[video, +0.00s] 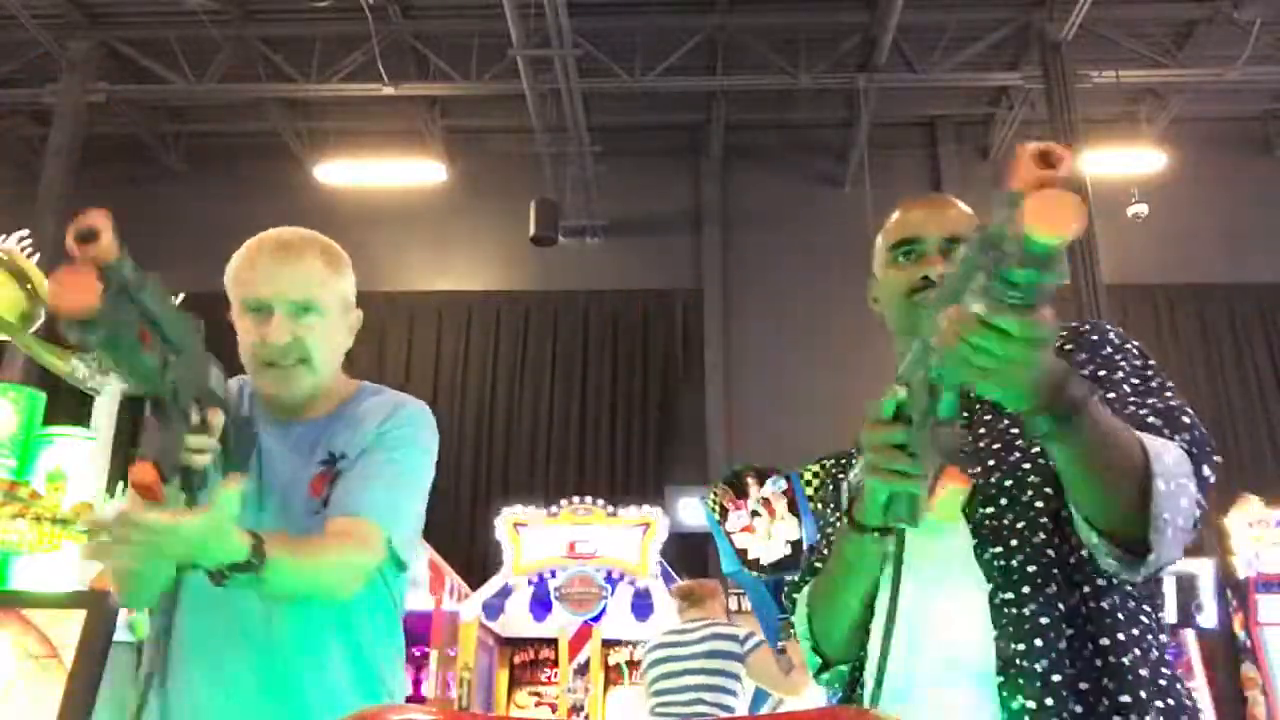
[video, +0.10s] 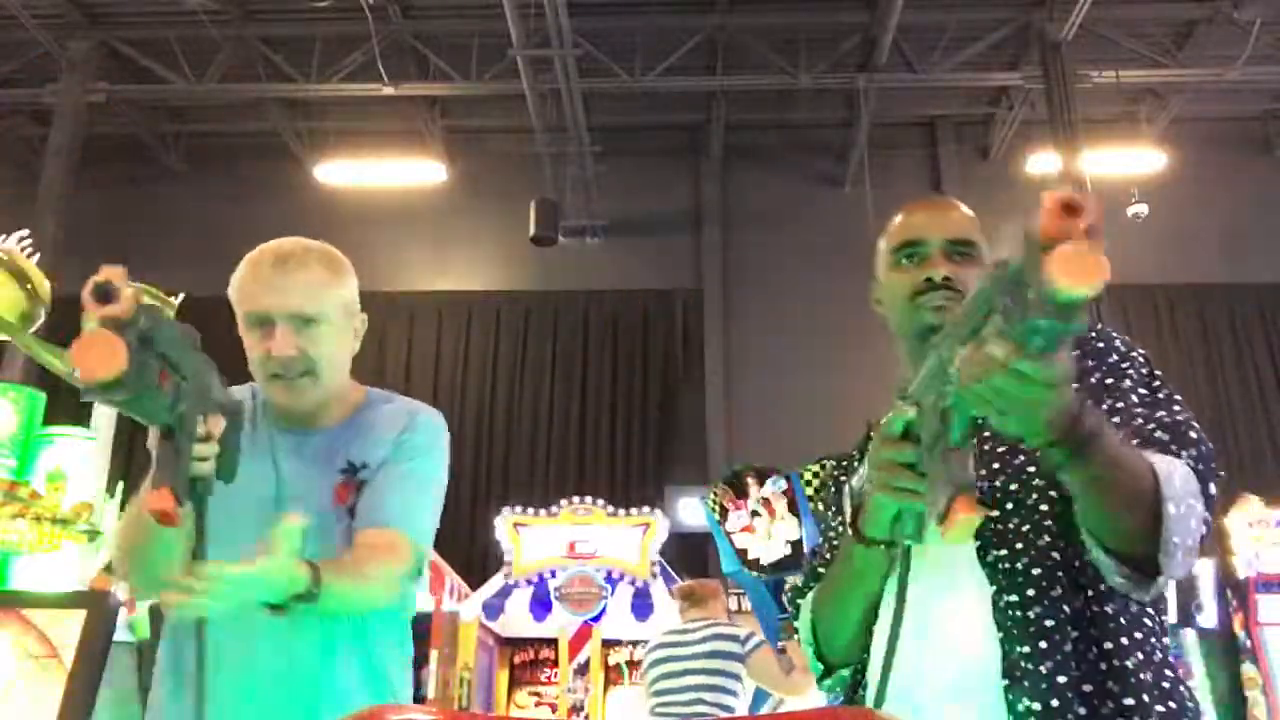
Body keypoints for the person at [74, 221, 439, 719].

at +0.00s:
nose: (277, 336)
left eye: (304, 312)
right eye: (258, 311)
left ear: (351, 323)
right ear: (234, 321)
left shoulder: (396, 424)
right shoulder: (202, 413)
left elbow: (345, 565)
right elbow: (132, 589)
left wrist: (228, 550)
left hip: (337, 711)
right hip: (193, 709)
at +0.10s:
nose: (280, 347)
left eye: (305, 323)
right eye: (261, 324)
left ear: (356, 331)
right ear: (239, 331)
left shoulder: (408, 431)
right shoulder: (200, 421)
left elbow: (383, 574)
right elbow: (138, 578)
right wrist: (168, 476)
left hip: (344, 712)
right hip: (194, 710)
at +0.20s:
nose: (293, 350)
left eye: (318, 326)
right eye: (274, 327)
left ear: (365, 335)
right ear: (252, 335)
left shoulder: (423, 441)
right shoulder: (215, 425)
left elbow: (454, 598)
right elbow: (149, 560)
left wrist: (403, 607)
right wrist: (177, 460)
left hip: (359, 714)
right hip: (209, 709)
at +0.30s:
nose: (309, 347)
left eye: (333, 324)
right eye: (289, 325)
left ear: (377, 338)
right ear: (265, 336)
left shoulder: (431, 448)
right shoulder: (221, 426)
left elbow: (477, 597)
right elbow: (157, 561)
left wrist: (430, 658)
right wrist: (185, 445)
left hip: (366, 708)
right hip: (218, 705)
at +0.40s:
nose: (307, 342)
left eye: (332, 320)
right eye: (287, 319)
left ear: (378, 331)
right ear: (259, 328)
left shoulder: (425, 442)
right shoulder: (213, 418)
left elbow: (455, 608)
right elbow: (151, 562)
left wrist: (401, 674)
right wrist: (194, 464)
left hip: (355, 709)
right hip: (207, 707)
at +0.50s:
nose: (270, 322)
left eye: (295, 299)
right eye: (248, 299)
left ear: (343, 314)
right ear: (222, 312)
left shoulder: (397, 429)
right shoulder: (178, 413)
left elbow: (417, 595)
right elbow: (116, 560)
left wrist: (353, 630)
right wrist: (134, 457)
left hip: (328, 708)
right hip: (172, 703)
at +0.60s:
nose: (227, 295)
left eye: (254, 271)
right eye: (206, 269)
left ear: (304, 290)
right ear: (181, 281)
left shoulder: (362, 411)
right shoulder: (134, 383)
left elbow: (385, 581)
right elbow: (50, 527)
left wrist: (310, 638)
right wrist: (60, 424)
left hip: (288, 711)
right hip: (129, 705)